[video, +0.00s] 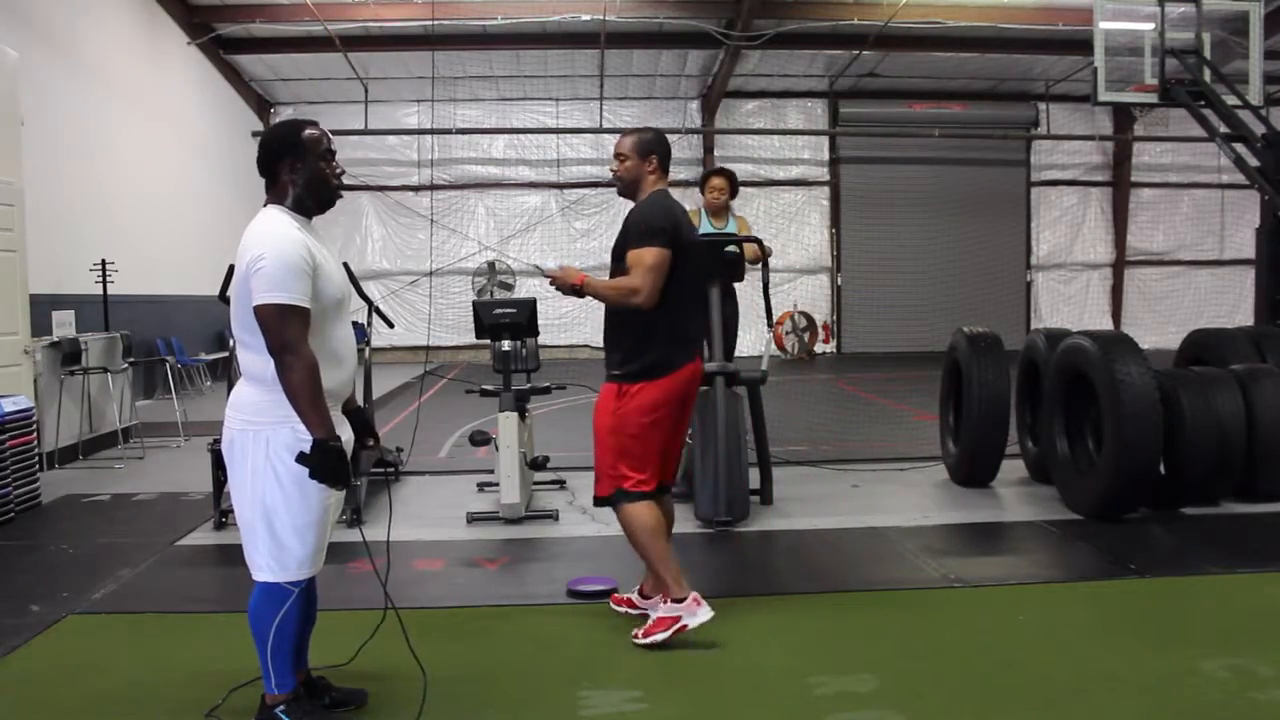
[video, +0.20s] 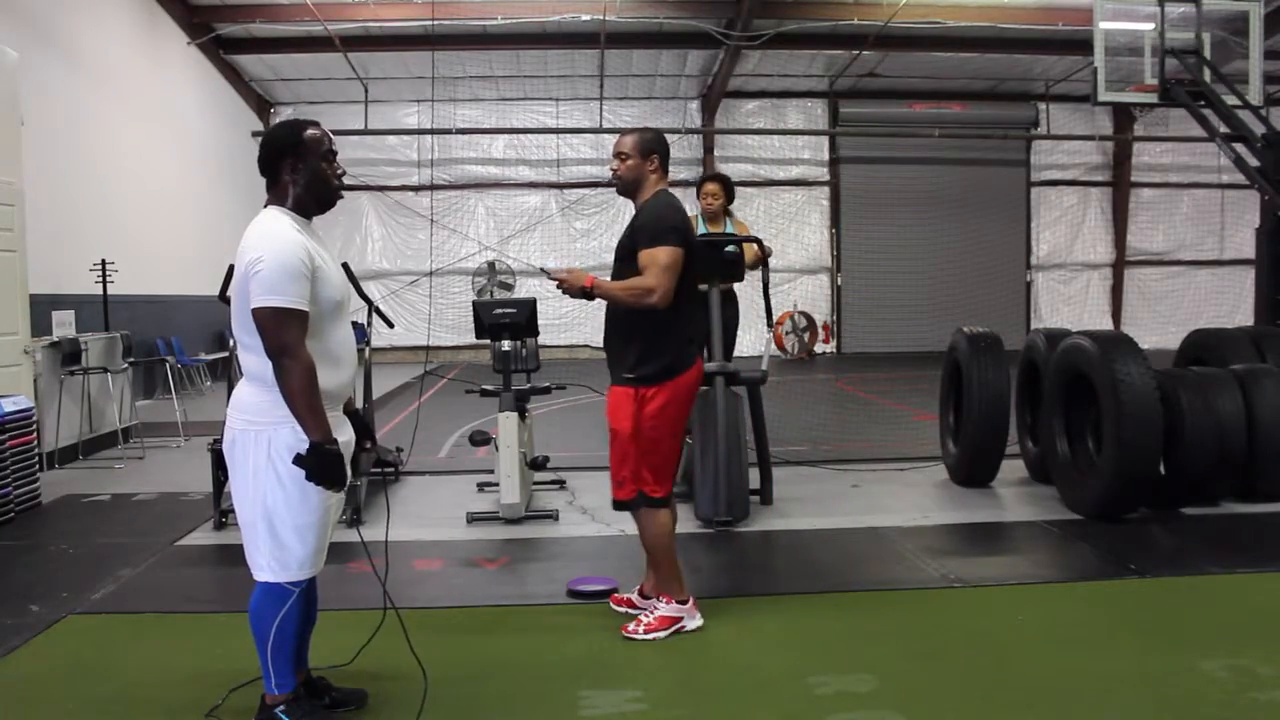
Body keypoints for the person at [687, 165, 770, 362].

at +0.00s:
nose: (716, 196)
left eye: (722, 191)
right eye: (711, 191)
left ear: (731, 196)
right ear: (703, 194)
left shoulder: (739, 222)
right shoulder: (692, 219)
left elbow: (750, 255)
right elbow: (681, 248)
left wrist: (760, 253)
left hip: (725, 287)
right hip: (695, 287)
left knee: (725, 347)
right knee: (693, 344)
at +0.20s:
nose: (709, 202)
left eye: (715, 197)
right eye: (704, 197)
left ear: (726, 201)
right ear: (698, 199)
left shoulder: (738, 227)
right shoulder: (689, 224)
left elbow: (749, 262)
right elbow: (675, 254)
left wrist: (759, 256)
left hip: (725, 294)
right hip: (694, 296)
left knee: (723, 358)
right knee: (692, 358)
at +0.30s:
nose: (701, 198)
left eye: (708, 193)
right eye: (697, 193)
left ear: (719, 196)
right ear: (691, 196)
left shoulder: (731, 221)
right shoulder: (687, 223)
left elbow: (751, 253)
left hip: (724, 292)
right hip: (693, 295)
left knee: (720, 355)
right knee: (691, 355)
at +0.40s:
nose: (693, 194)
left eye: (699, 188)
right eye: (688, 189)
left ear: (712, 190)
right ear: (683, 192)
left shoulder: (726, 216)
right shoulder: (681, 218)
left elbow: (750, 250)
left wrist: (718, 255)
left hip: (721, 290)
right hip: (688, 293)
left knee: (720, 356)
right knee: (690, 357)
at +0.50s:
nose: (689, 194)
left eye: (694, 189)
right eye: (683, 189)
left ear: (706, 191)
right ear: (677, 192)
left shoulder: (721, 216)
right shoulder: (676, 219)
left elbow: (748, 249)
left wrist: (718, 258)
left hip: (718, 288)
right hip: (687, 290)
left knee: (724, 349)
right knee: (687, 349)